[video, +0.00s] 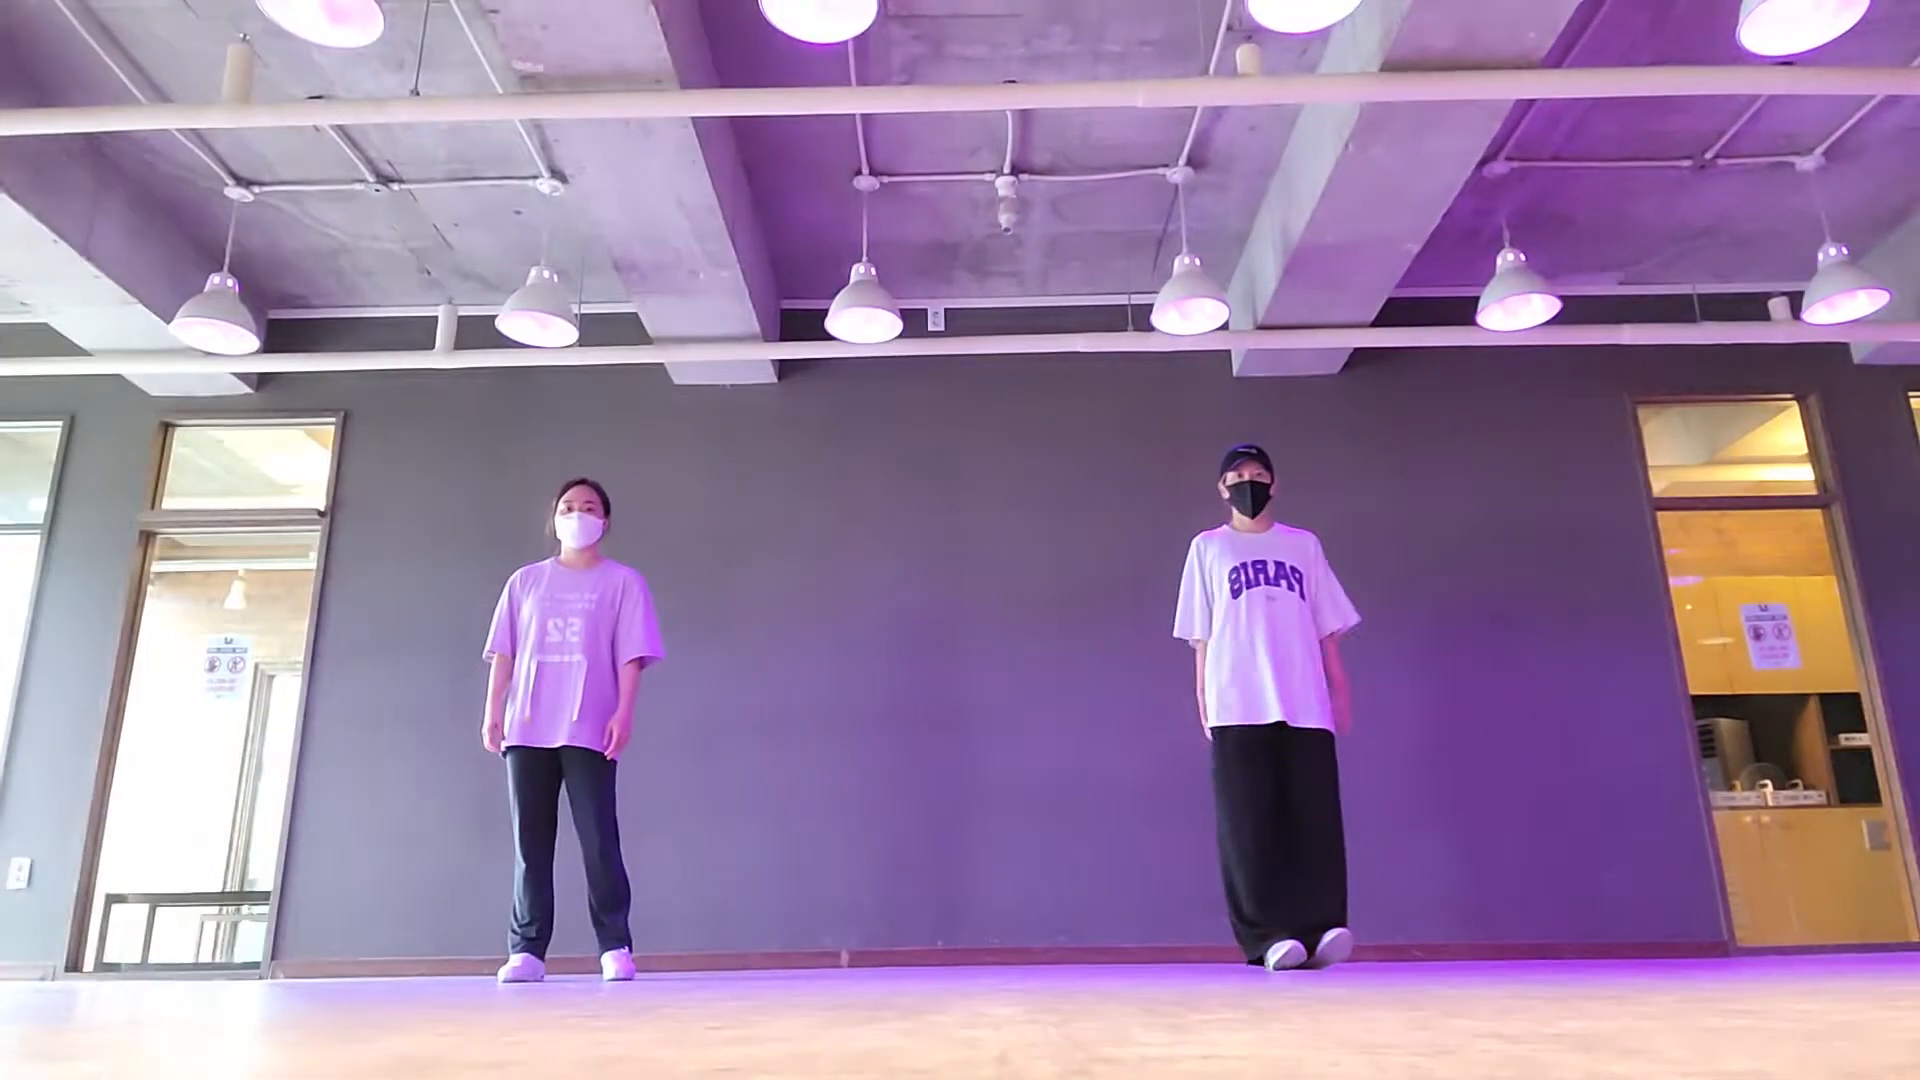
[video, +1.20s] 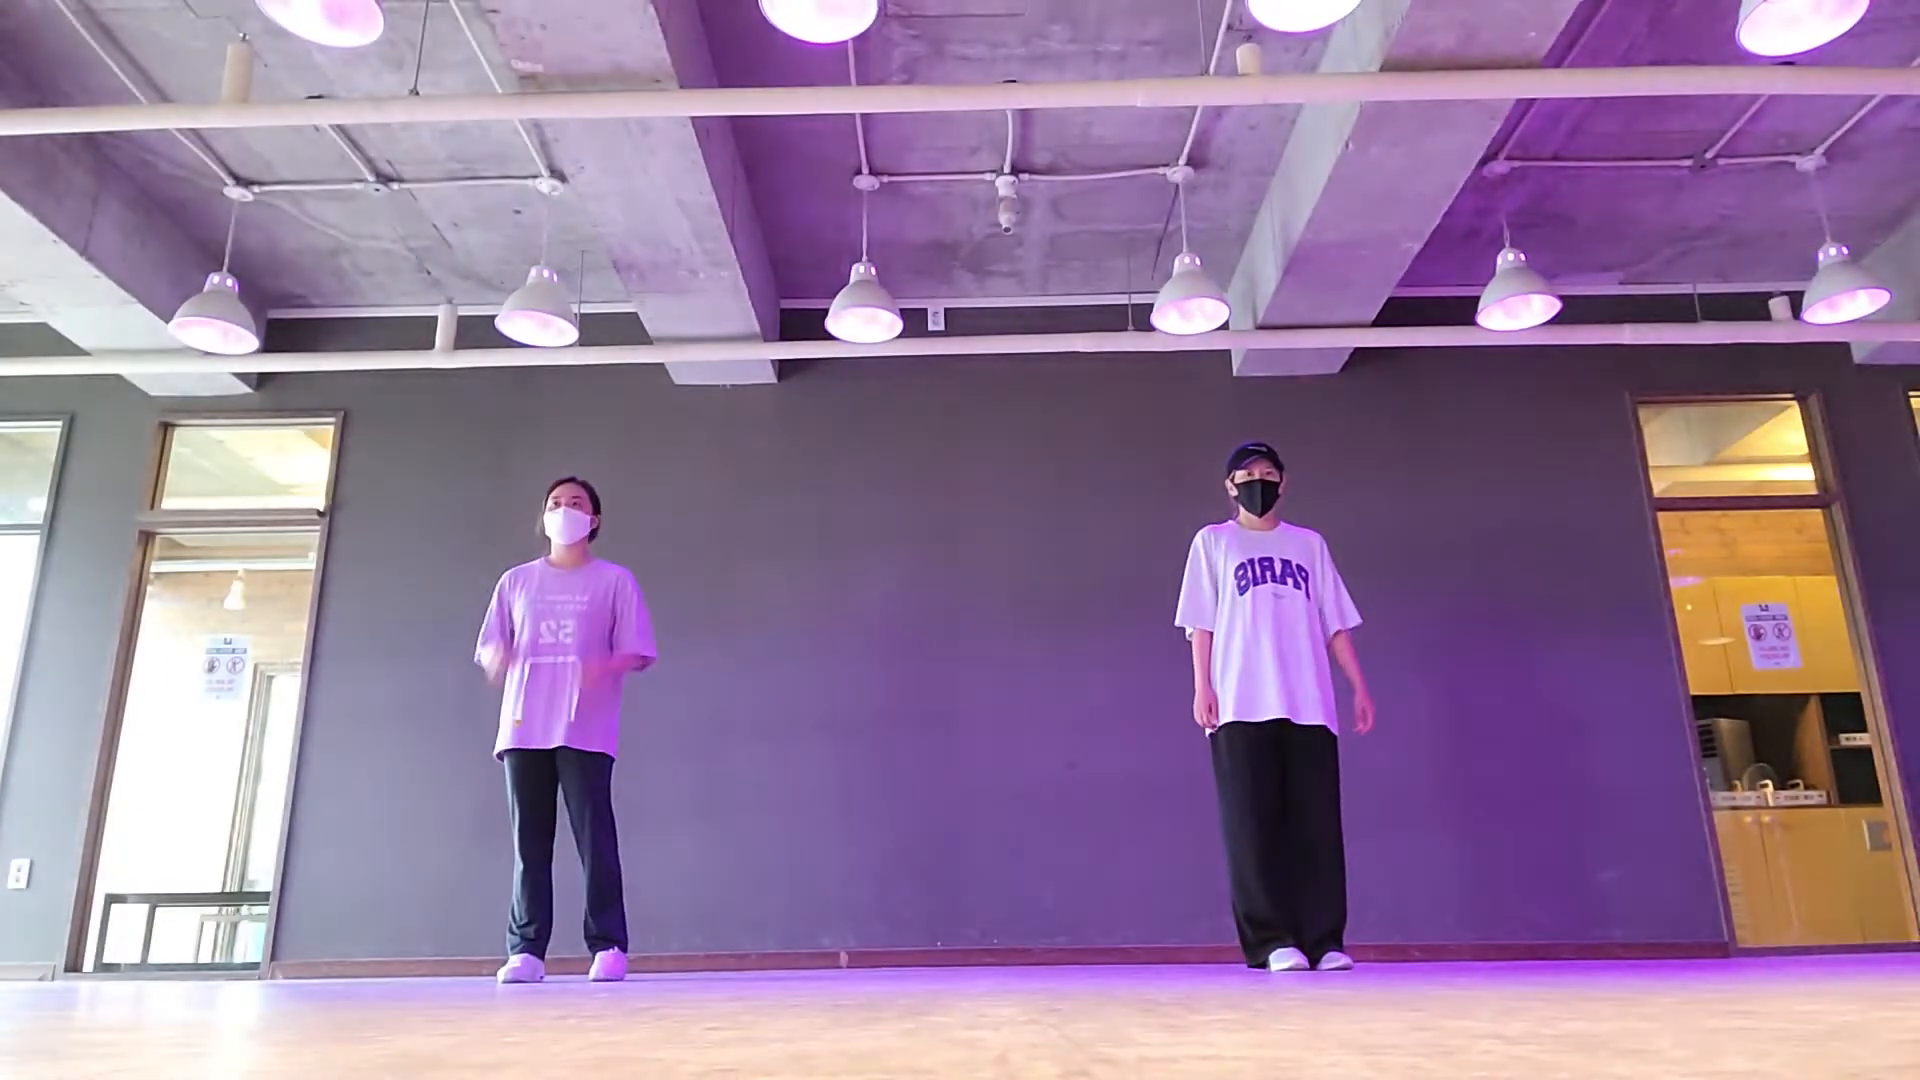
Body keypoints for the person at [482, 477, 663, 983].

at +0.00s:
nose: (578, 515)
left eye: (589, 509)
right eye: (568, 508)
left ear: (605, 524)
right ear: (554, 522)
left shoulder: (623, 581)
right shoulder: (525, 580)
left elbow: (632, 656)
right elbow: (503, 653)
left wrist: (624, 714)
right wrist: (494, 711)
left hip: (588, 728)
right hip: (527, 728)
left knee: (599, 843)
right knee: (530, 846)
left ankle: (615, 948)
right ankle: (526, 952)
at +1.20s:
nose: (566, 511)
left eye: (577, 505)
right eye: (557, 504)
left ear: (594, 522)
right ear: (543, 520)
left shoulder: (616, 581)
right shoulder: (514, 581)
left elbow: (638, 653)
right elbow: (490, 651)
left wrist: (604, 666)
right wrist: (497, 657)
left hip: (586, 729)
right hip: (524, 728)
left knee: (595, 841)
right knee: (529, 845)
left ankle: (609, 949)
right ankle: (525, 953)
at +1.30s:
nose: (569, 510)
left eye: (581, 504)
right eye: (560, 504)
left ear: (598, 522)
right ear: (547, 521)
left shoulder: (621, 580)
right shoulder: (521, 580)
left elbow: (645, 651)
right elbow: (485, 650)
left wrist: (606, 615)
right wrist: (512, 608)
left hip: (591, 728)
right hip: (529, 727)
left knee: (597, 840)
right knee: (531, 844)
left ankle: (609, 949)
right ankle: (525, 953)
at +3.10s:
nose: (593, 511)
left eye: (604, 505)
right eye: (584, 505)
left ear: (620, 522)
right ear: (570, 520)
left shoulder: (635, 576)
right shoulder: (543, 577)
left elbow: (670, 617)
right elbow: (490, 610)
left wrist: (663, 565)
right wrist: (516, 555)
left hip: (612, 721)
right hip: (548, 721)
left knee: (611, 837)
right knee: (543, 837)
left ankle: (610, 949)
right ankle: (527, 951)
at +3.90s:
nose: (573, 511)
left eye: (586, 503)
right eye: (569, 504)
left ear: (611, 519)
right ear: (562, 518)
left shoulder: (633, 574)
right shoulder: (543, 581)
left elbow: (676, 633)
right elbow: (499, 641)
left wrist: (657, 583)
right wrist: (478, 601)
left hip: (609, 723)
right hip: (547, 723)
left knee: (609, 839)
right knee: (542, 841)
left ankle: (610, 949)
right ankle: (527, 951)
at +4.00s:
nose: (573, 510)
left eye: (585, 503)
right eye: (569, 503)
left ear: (611, 518)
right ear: (561, 518)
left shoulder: (636, 576)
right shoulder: (540, 582)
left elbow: (674, 645)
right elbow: (518, 652)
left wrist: (639, 636)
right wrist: (494, 655)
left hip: (607, 725)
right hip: (546, 725)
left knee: (608, 840)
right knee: (541, 841)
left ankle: (610, 949)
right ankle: (527, 952)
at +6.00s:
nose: (556, 515)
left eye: (568, 508)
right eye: (553, 508)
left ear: (597, 518)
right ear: (547, 520)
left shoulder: (628, 572)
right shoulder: (535, 582)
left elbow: (654, 648)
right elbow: (538, 660)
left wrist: (650, 712)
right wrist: (534, 718)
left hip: (602, 721)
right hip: (542, 724)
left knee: (604, 838)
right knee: (538, 840)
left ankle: (609, 948)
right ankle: (527, 950)